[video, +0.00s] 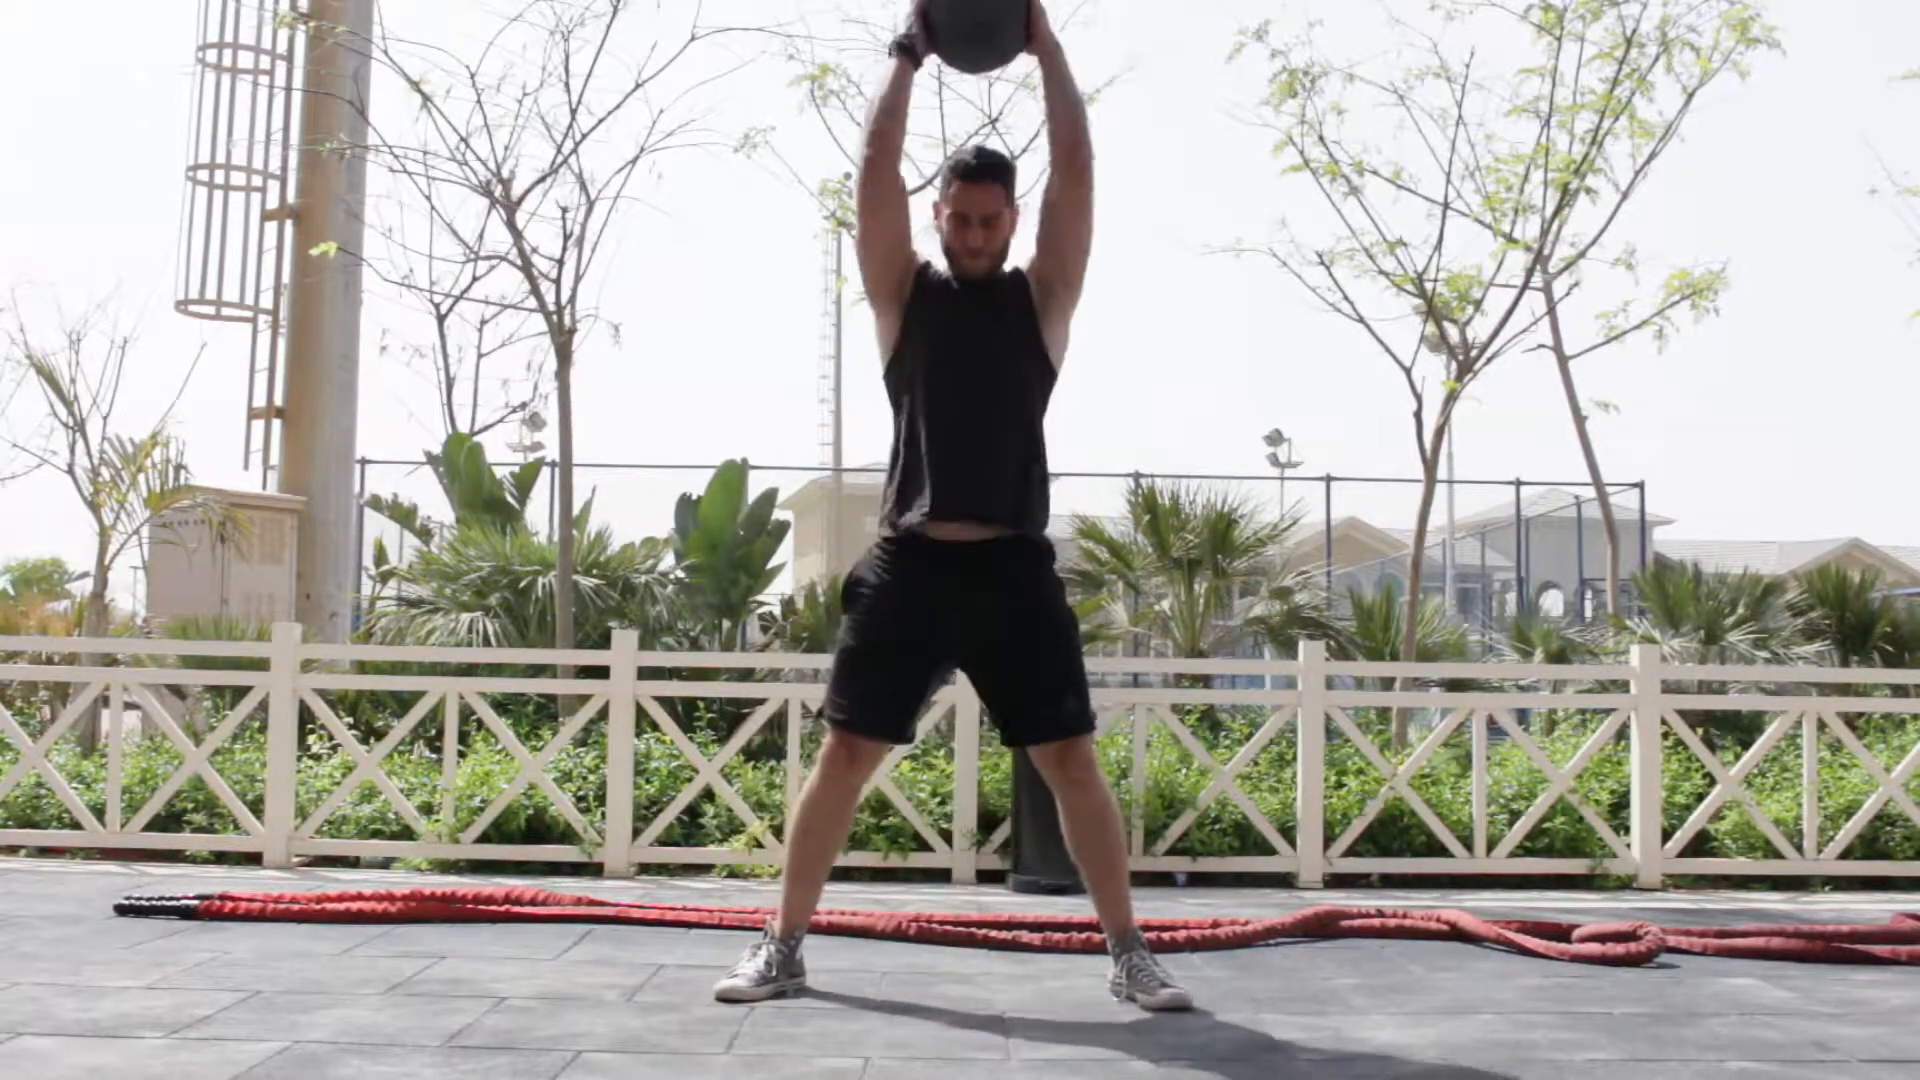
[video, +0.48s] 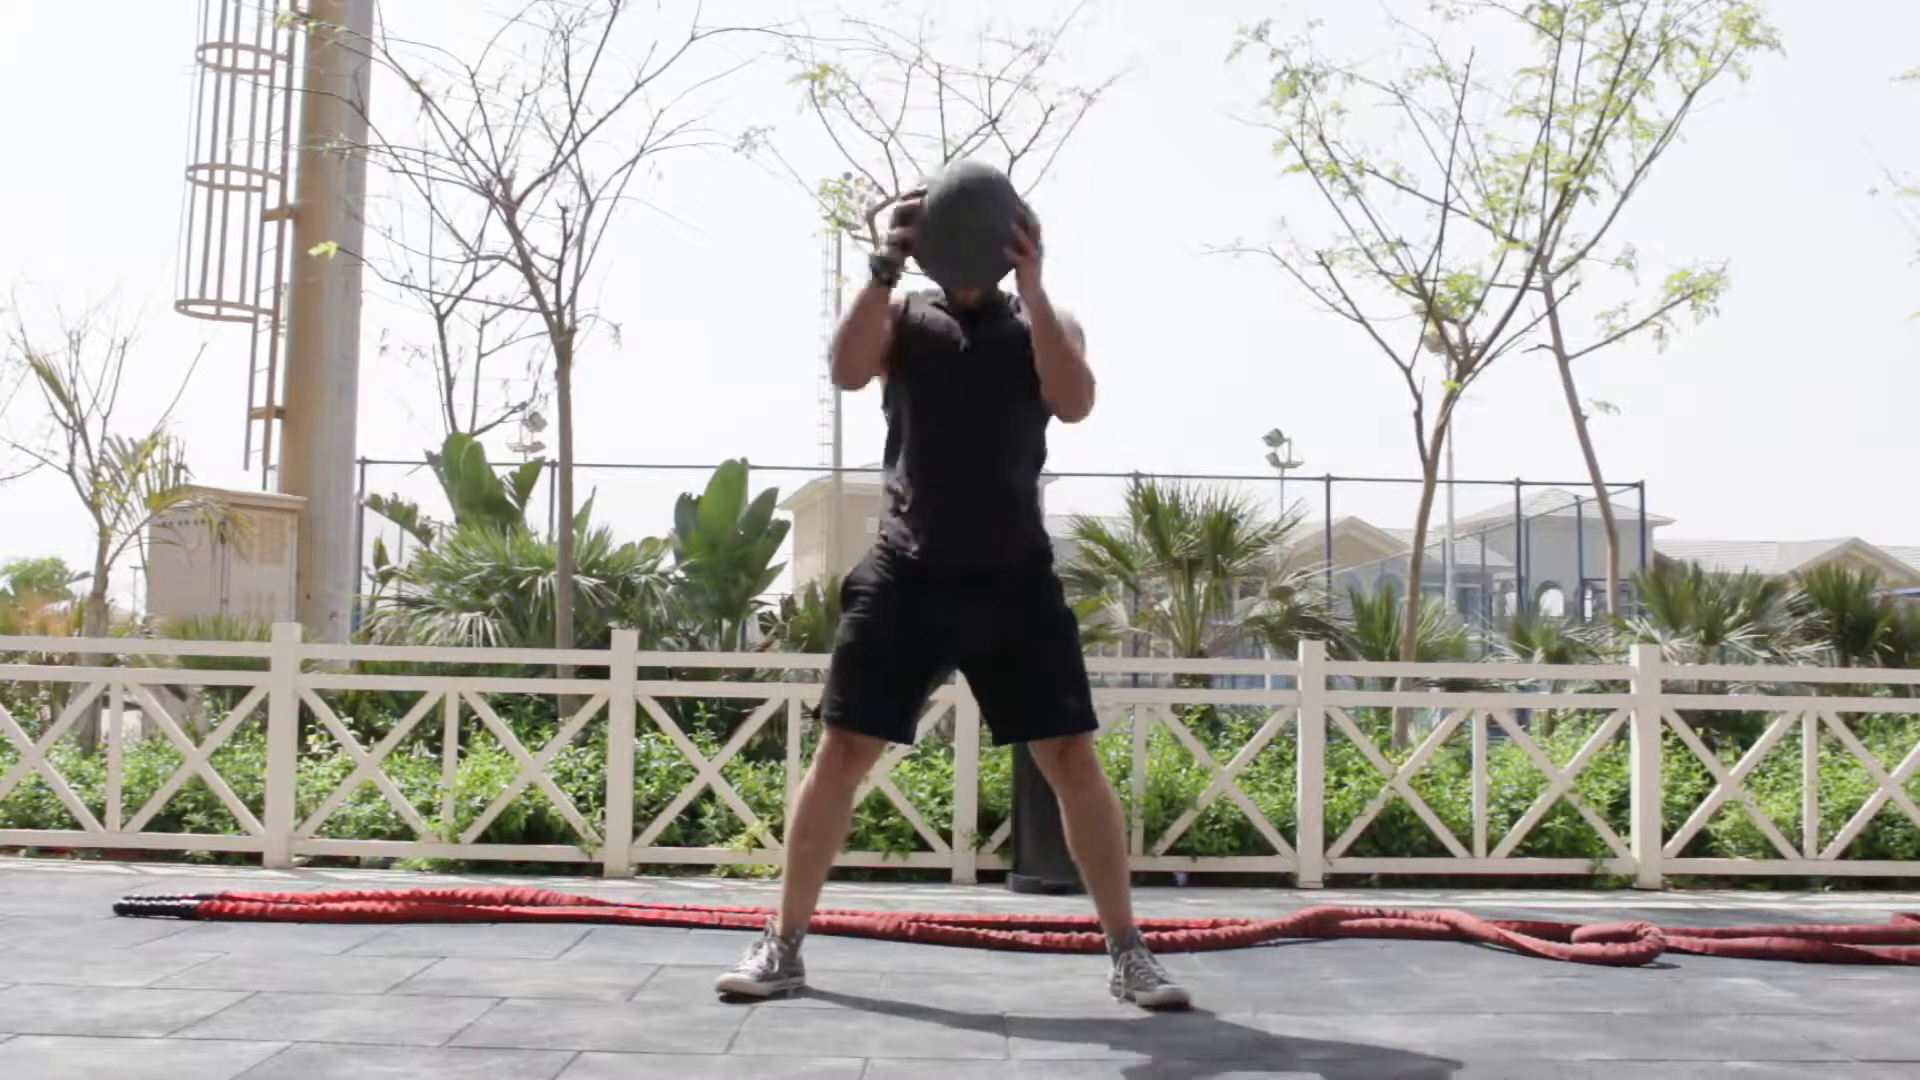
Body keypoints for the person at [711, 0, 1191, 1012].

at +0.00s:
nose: (971, 228)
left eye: (987, 216)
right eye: (958, 214)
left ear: (1014, 225)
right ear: (936, 220)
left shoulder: (1041, 304)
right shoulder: (904, 299)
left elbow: (1073, 177)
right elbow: (878, 179)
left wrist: (1048, 47)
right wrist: (905, 57)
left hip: (1016, 569)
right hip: (909, 567)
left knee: (1070, 760)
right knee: (845, 755)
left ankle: (1128, 953)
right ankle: (782, 947)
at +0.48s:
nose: (961, 257)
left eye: (977, 237)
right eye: (950, 236)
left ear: (1005, 243)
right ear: (929, 241)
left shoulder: (1042, 324)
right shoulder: (903, 313)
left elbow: (1072, 403)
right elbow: (847, 370)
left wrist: (1032, 287)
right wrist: (889, 263)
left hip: (1014, 575)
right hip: (908, 571)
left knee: (1070, 752)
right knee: (842, 748)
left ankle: (1128, 952)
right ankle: (782, 946)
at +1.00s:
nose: (959, 478)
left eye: (975, 464)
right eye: (945, 461)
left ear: (1000, 438)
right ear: (919, 429)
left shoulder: (1041, 500)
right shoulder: (872, 500)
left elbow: (1057, 645)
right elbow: (830, 632)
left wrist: (1018, 768)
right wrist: (813, 764)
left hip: (1011, 648)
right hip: (903, 644)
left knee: (1102, 752)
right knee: (808, 762)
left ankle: (1132, 952)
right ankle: (779, 948)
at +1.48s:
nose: (966, 521)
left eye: (983, 503)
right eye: (951, 503)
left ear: (1004, 481)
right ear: (921, 478)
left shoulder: (1043, 527)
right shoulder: (877, 536)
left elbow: (1050, 670)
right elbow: (863, 668)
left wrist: (1008, 785)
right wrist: (874, 772)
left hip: (1025, 671)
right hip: (924, 672)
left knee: (1124, 751)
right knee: (815, 750)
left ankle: (1135, 952)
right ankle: (781, 950)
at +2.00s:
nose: (1057, 262)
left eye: (1069, 245)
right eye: (1039, 246)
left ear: (1082, 245)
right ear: (1002, 245)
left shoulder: (1084, 343)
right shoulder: (960, 355)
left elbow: (1079, 448)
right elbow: (990, 491)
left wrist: (1124, 418)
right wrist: (1099, 431)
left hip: (1068, 575)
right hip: (978, 597)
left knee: (1110, 755)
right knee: (1052, 788)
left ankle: (1121, 954)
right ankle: (1145, 831)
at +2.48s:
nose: (800, 275)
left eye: (818, 260)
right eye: (791, 258)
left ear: (859, 259)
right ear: (779, 254)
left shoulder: (906, 362)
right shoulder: (738, 343)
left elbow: (929, 499)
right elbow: (684, 458)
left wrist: (846, 447)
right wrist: (710, 431)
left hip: (868, 593)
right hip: (752, 585)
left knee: (956, 748)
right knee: (629, 718)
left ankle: (1040, 928)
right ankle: (510, 891)